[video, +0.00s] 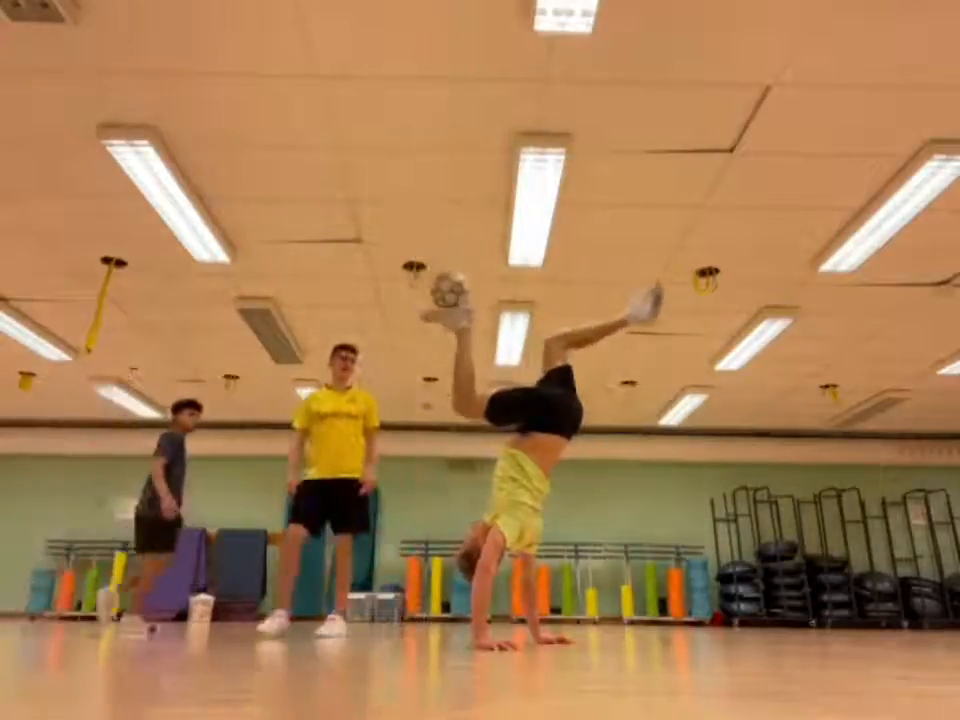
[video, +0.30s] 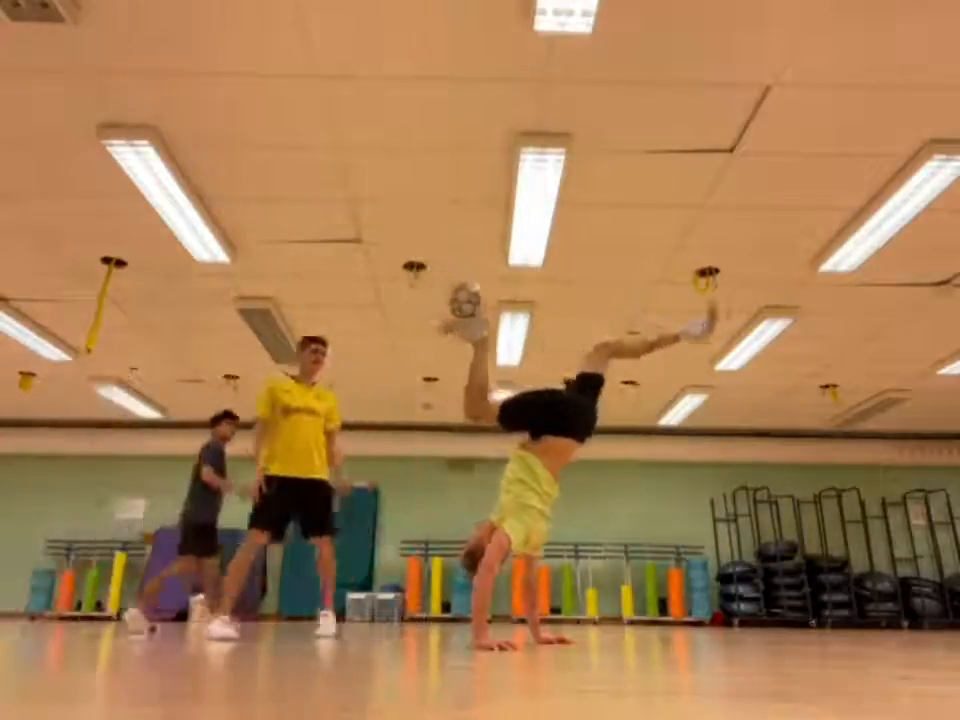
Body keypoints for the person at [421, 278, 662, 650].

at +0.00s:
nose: (472, 535)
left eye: (468, 540)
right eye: (474, 541)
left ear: (475, 550)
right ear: (482, 550)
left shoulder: (526, 539)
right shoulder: (499, 531)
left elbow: (528, 586)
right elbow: (484, 574)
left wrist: (536, 631)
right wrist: (481, 634)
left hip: (565, 416)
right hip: (546, 417)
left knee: (555, 344)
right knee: (466, 406)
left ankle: (630, 318)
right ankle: (463, 328)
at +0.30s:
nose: (478, 527)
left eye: (473, 532)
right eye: (479, 534)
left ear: (483, 551)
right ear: (485, 543)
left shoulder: (530, 541)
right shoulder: (504, 534)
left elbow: (530, 590)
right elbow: (483, 578)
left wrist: (537, 634)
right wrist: (480, 637)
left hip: (579, 422)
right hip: (557, 421)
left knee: (603, 350)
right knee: (477, 412)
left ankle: (687, 333)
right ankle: (480, 338)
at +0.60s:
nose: (488, 525)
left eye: (486, 534)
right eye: (487, 533)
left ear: (490, 546)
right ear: (490, 540)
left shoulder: (530, 538)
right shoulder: (514, 532)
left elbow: (535, 586)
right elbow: (486, 574)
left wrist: (537, 632)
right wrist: (480, 637)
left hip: (604, 438)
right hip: (596, 436)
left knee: (655, 374)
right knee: (538, 362)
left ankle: (736, 390)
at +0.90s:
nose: (510, 563)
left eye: (508, 563)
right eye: (508, 560)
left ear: (515, 567)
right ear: (516, 557)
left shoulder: (549, 561)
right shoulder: (540, 548)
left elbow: (537, 588)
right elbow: (491, 576)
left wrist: (539, 629)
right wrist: (480, 637)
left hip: (651, 504)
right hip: (648, 479)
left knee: (751, 507)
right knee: (719, 414)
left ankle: (748, 606)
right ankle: (755, 494)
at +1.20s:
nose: (552, 579)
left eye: (546, 581)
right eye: (546, 582)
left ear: (549, 599)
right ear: (547, 596)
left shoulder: (589, 604)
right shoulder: (576, 602)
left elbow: (527, 579)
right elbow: (521, 580)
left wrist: (539, 625)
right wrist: (491, 622)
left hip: (707, 571)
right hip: (708, 570)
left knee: (819, 545)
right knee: (815, 525)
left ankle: (760, 616)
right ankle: (760, 614)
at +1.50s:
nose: (577, 580)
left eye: (573, 577)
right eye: (568, 580)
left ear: (576, 593)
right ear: (565, 597)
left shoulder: (601, 614)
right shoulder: (585, 624)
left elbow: (544, 584)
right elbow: (535, 583)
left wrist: (517, 608)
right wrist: (493, 615)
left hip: (703, 592)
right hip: (703, 599)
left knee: (762, 492)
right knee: (760, 490)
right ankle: (862, 559)